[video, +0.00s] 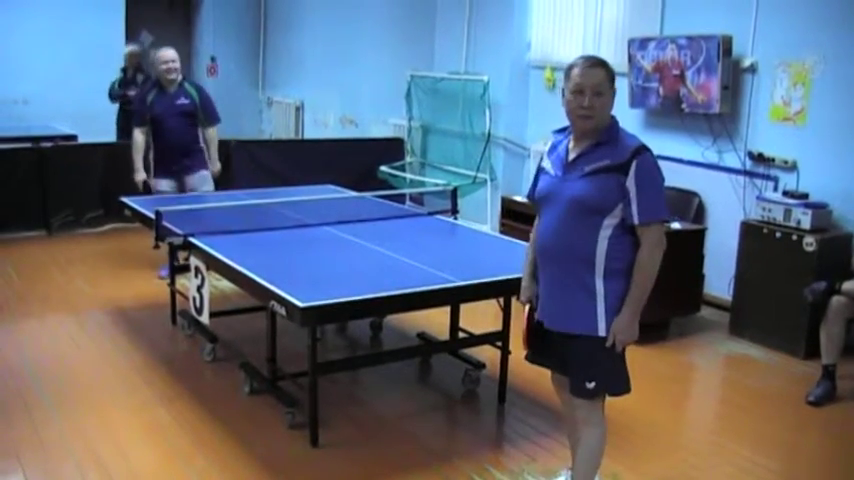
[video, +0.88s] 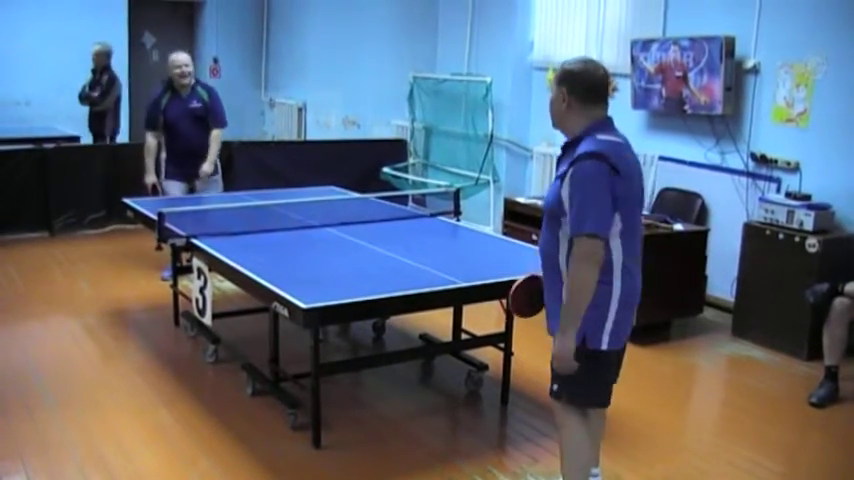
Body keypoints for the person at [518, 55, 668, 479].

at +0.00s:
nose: (585, 102)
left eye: (596, 94)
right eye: (576, 92)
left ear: (612, 99)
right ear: (564, 97)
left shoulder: (634, 158)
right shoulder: (555, 146)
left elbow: (654, 241)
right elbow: (541, 218)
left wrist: (631, 312)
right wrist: (529, 275)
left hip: (598, 306)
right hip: (554, 297)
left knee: (588, 401)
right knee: (564, 387)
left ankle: (583, 477)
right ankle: (578, 468)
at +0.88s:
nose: (549, 102)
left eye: (551, 94)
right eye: (551, 93)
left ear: (564, 99)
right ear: (601, 99)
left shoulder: (590, 163)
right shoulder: (611, 150)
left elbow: (589, 251)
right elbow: (590, 239)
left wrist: (567, 329)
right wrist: (548, 279)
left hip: (590, 318)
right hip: (606, 312)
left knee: (568, 406)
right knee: (590, 406)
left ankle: (574, 476)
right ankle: (588, 470)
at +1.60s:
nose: (538, 111)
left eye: (540, 104)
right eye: (541, 103)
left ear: (548, 106)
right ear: (585, 105)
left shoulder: (561, 162)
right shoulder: (616, 150)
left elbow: (590, 241)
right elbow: (636, 226)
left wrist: (601, 313)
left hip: (583, 308)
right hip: (631, 304)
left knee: (545, 402)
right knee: (618, 395)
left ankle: (525, 475)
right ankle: (613, 476)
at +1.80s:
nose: (524, 112)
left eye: (524, 104)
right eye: (525, 105)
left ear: (531, 106)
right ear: (572, 104)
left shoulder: (536, 160)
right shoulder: (609, 153)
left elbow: (545, 245)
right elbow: (628, 226)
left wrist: (556, 322)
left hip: (571, 314)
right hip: (619, 308)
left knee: (529, 402)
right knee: (608, 391)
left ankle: (517, 475)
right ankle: (611, 475)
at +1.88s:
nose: (520, 110)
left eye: (522, 103)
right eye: (524, 102)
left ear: (528, 105)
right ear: (569, 104)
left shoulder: (531, 158)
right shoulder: (607, 152)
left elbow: (529, 245)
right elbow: (625, 225)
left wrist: (525, 325)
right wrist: (626, 297)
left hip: (558, 311)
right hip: (612, 307)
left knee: (526, 402)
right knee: (607, 390)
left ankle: (514, 475)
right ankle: (611, 474)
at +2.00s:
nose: (520, 112)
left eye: (521, 106)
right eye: (521, 106)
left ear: (527, 106)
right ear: (568, 107)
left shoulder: (530, 157)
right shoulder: (605, 156)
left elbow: (504, 248)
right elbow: (621, 229)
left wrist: (480, 324)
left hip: (560, 303)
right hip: (614, 299)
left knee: (522, 396)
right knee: (610, 383)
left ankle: (513, 475)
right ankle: (621, 473)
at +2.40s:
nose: (565, 154)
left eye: (566, 146)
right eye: (565, 147)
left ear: (576, 145)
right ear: (610, 144)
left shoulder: (587, 182)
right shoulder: (636, 180)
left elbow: (564, 263)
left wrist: (521, 329)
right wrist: (582, 284)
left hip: (620, 314)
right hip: (663, 308)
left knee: (549, 399)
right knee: (647, 380)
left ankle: (519, 472)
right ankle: (675, 462)